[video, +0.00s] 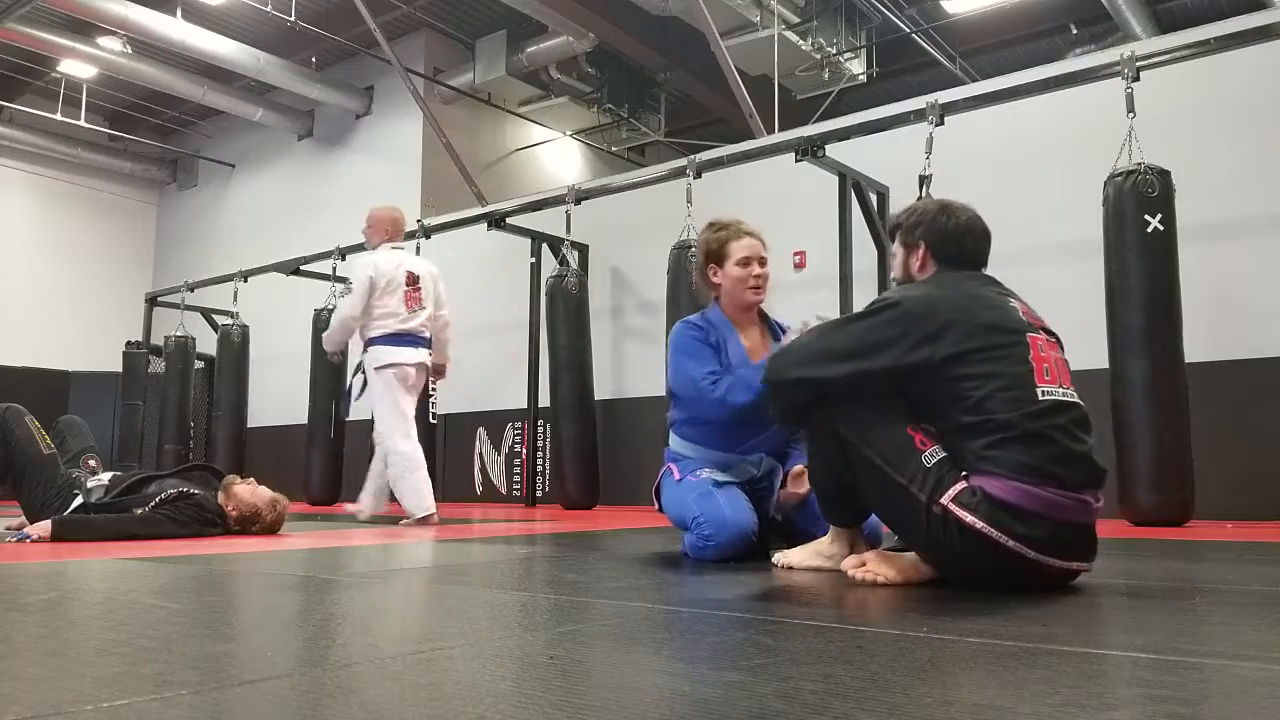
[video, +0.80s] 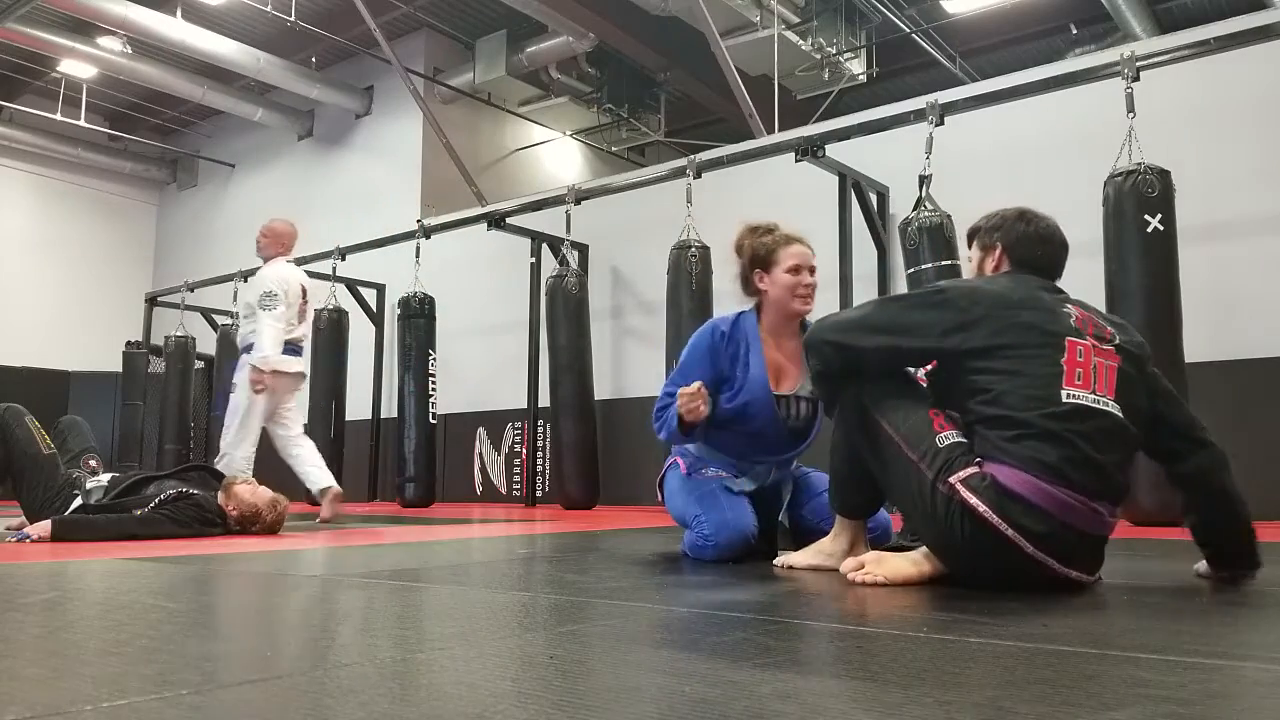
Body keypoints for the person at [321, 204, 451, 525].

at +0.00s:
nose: (363, 232)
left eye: (368, 227)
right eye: (365, 227)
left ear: (386, 232)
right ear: (397, 233)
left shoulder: (370, 263)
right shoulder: (426, 267)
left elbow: (350, 313)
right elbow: (441, 319)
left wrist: (331, 342)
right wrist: (440, 358)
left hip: (384, 357)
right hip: (419, 358)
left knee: (398, 434)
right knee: (389, 433)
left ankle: (422, 509)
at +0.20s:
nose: (343, 235)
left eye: (348, 231)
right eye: (344, 229)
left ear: (367, 235)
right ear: (374, 236)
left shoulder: (347, 266)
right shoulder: (397, 272)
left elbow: (327, 317)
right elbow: (409, 322)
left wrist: (303, 350)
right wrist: (412, 362)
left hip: (355, 358)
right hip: (386, 360)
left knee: (366, 433)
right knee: (355, 434)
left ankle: (412, 495)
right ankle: (342, 506)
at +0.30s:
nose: (331, 233)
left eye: (336, 229)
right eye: (333, 228)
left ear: (354, 235)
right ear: (360, 237)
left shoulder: (338, 267)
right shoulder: (384, 271)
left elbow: (320, 319)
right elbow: (393, 323)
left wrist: (290, 357)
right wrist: (389, 360)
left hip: (342, 360)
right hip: (373, 361)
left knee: (330, 435)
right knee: (353, 434)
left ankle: (390, 487)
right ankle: (341, 508)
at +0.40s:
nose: (319, 233)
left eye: (325, 230)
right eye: (321, 228)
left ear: (342, 236)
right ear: (347, 239)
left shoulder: (329, 267)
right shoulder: (367, 269)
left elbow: (315, 316)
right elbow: (375, 321)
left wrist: (291, 357)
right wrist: (364, 354)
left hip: (330, 359)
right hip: (360, 360)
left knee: (298, 432)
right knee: (345, 428)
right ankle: (346, 504)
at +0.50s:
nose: (306, 236)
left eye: (312, 232)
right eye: (308, 231)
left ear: (330, 240)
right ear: (335, 242)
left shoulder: (319, 270)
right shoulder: (350, 272)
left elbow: (312, 316)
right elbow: (352, 321)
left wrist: (293, 356)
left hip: (319, 363)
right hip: (344, 364)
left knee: (276, 429)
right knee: (340, 435)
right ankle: (343, 506)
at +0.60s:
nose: (291, 238)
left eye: (298, 235)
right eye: (294, 233)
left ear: (315, 243)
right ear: (319, 244)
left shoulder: (305, 273)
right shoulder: (332, 274)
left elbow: (306, 319)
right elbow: (342, 321)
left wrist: (294, 359)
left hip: (304, 365)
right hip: (330, 367)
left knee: (271, 431)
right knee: (333, 435)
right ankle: (343, 503)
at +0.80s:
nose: (257, 239)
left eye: (263, 236)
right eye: (259, 234)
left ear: (281, 244)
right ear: (285, 245)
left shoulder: (270, 276)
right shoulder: (298, 277)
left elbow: (270, 323)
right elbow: (300, 329)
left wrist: (259, 365)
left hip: (261, 362)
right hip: (291, 365)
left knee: (238, 432)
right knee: (289, 433)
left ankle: (225, 502)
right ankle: (326, 488)